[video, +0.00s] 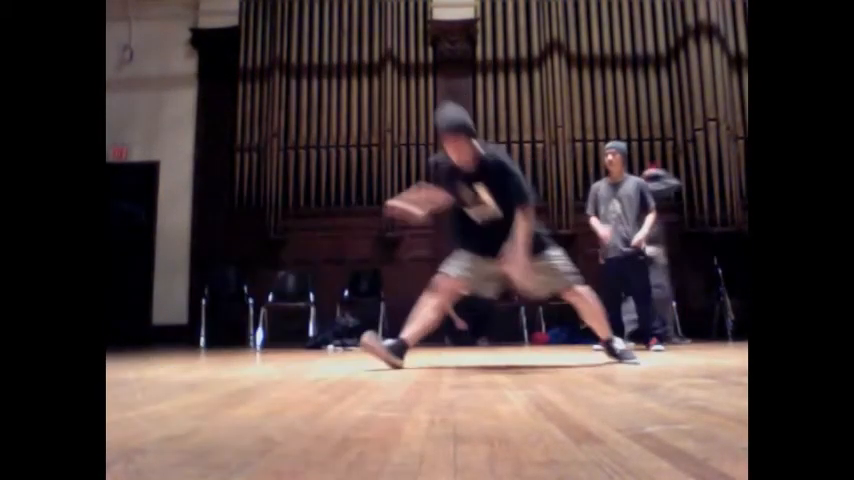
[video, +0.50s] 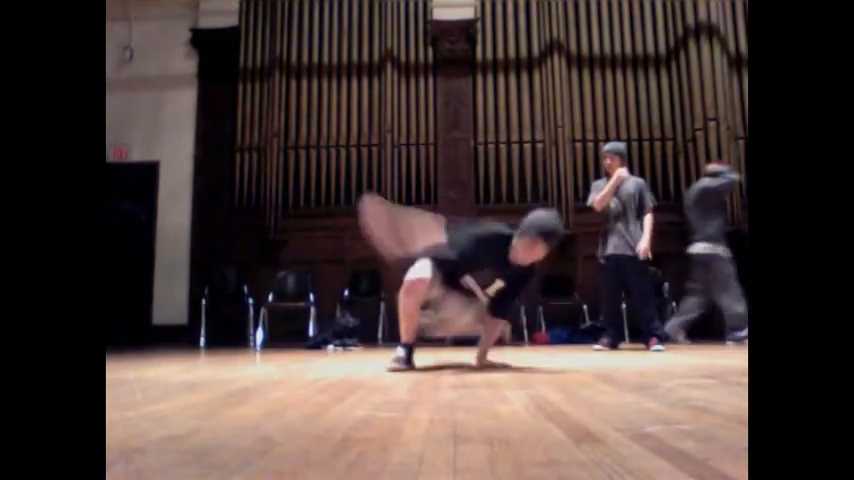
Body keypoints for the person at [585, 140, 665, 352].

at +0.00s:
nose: (609, 159)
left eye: (614, 155)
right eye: (607, 155)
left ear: (623, 158)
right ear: (604, 160)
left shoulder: (637, 184)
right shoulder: (597, 188)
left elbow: (651, 212)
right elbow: (591, 215)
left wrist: (642, 234)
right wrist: (601, 229)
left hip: (633, 251)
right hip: (609, 254)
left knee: (643, 298)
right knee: (610, 301)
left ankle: (650, 336)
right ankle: (614, 337)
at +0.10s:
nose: (609, 159)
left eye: (614, 155)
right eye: (607, 155)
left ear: (623, 159)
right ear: (603, 160)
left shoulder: (637, 184)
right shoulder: (597, 188)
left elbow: (651, 212)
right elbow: (591, 215)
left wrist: (641, 234)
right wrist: (603, 222)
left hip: (634, 250)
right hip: (610, 252)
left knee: (643, 297)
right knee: (611, 298)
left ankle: (651, 336)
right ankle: (612, 337)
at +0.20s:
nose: (609, 160)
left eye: (613, 155)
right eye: (606, 156)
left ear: (622, 159)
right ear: (603, 160)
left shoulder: (637, 184)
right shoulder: (597, 187)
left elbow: (650, 211)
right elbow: (590, 215)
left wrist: (641, 234)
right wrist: (604, 212)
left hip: (633, 250)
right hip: (609, 253)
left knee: (642, 297)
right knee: (611, 298)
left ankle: (651, 336)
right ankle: (612, 337)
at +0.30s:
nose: (609, 162)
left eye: (614, 158)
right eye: (606, 158)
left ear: (623, 161)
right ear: (603, 162)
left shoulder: (637, 184)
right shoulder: (598, 187)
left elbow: (649, 212)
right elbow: (592, 213)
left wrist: (642, 236)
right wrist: (610, 194)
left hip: (633, 249)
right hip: (609, 251)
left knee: (641, 296)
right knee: (611, 299)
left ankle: (651, 336)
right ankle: (611, 337)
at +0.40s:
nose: (608, 162)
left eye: (612, 158)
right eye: (605, 158)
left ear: (622, 160)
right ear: (603, 162)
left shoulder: (637, 183)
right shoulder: (599, 185)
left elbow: (648, 212)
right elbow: (596, 206)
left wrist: (644, 239)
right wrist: (614, 182)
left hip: (633, 248)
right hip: (609, 250)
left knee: (642, 296)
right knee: (610, 298)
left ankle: (653, 336)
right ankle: (612, 337)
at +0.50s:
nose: (608, 162)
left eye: (612, 158)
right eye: (605, 159)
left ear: (622, 160)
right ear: (603, 162)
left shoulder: (637, 183)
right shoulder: (599, 185)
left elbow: (648, 212)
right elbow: (597, 205)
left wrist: (645, 240)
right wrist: (615, 180)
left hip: (633, 248)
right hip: (609, 250)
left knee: (642, 296)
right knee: (610, 298)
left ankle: (652, 336)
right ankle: (610, 336)